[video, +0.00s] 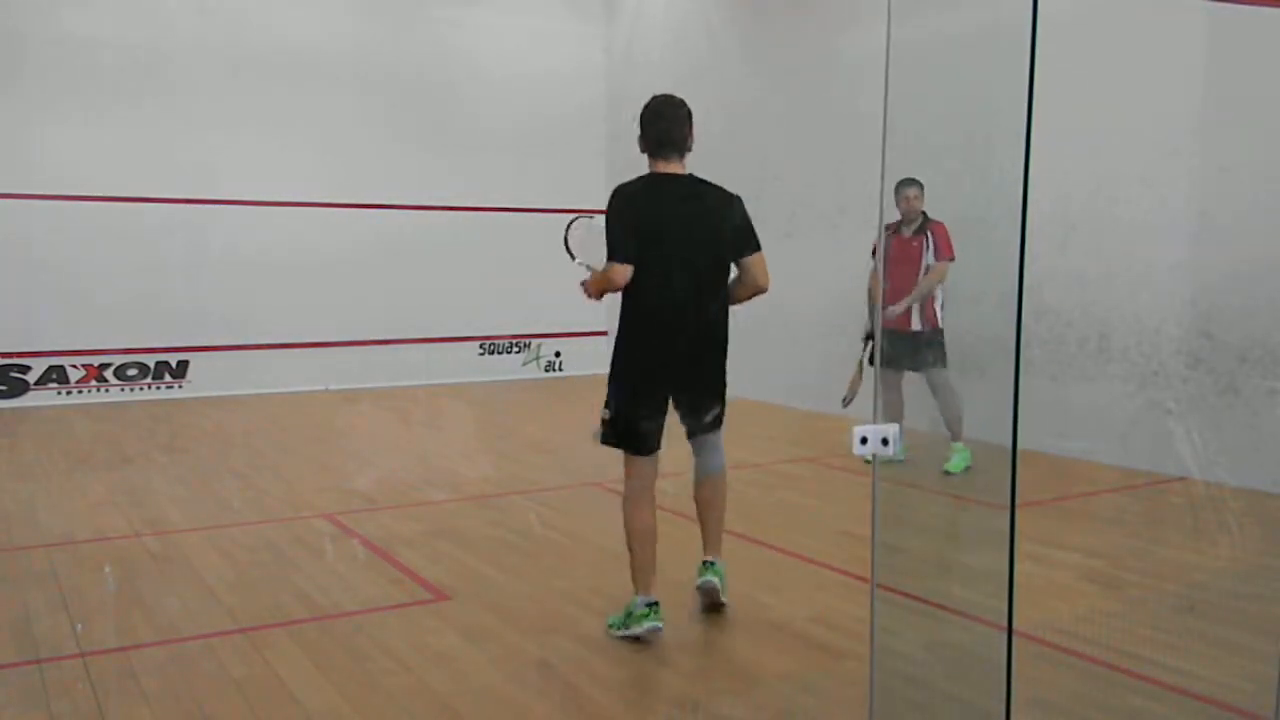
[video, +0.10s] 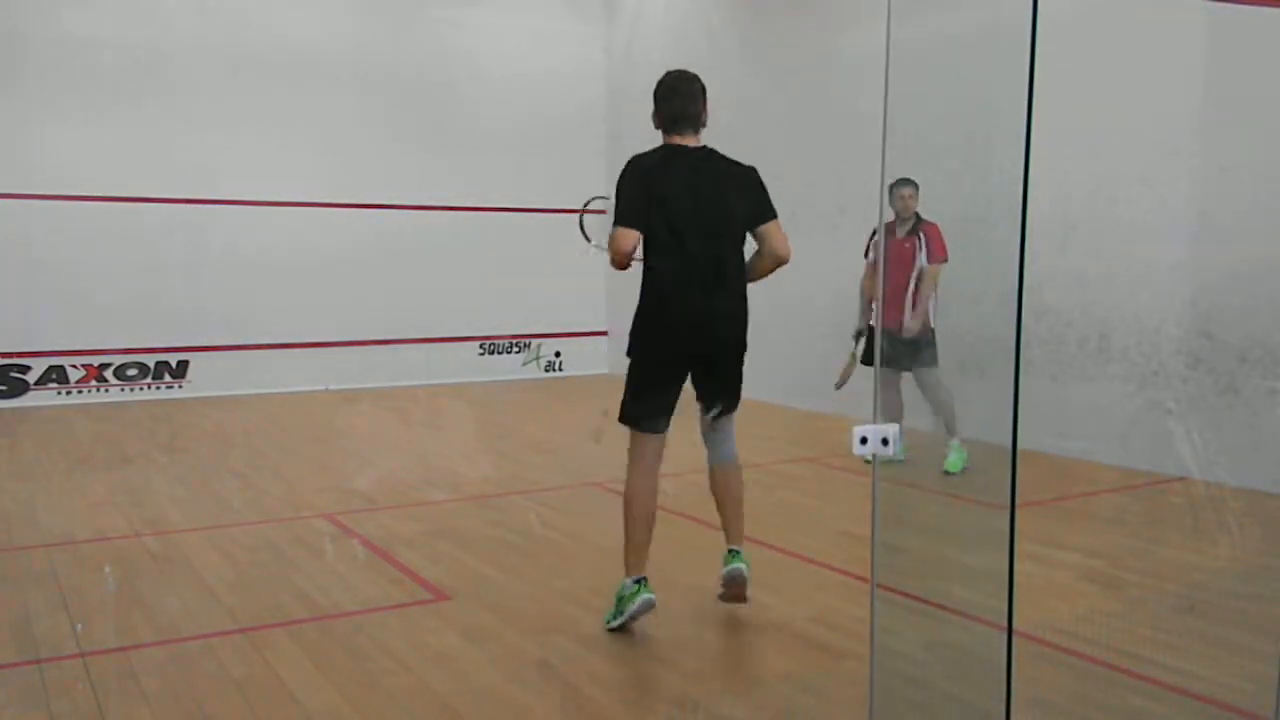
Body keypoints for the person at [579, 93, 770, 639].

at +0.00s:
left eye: (647, 134)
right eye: (688, 134)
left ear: (642, 141)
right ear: (692, 140)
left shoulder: (628, 198)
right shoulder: (723, 202)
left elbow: (620, 273)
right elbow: (757, 281)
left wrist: (598, 284)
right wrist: (715, 299)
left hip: (644, 356)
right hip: (703, 356)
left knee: (640, 480)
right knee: (709, 457)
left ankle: (645, 603)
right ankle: (712, 564)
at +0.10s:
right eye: (701, 106)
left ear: (657, 117)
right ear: (706, 114)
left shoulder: (642, 170)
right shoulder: (739, 174)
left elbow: (623, 248)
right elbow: (778, 250)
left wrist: (622, 254)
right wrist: (738, 276)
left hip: (663, 327)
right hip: (724, 327)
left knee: (646, 450)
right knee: (722, 441)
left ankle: (635, 581)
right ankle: (736, 555)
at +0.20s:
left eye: (679, 113)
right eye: (718, 110)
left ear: (672, 120)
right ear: (722, 118)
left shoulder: (660, 170)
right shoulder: (755, 175)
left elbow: (634, 245)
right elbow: (802, 248)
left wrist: (653, 241)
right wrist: (756, 275)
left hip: (680, 330)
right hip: (741, 330)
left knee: (646, 453)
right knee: (733, 448)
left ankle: (643, 578)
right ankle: (767, 565)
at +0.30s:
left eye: (694, 139)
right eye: (735, 138)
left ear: (688, 146)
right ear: (738, 145)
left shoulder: (679, 202)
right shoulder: (770, 207)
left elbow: (653, 275)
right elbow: (819, 277)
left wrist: (647, 259)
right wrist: (771, 301)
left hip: (697, 360)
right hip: (759, 364)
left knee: (650, 464)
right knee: (747, 476)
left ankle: (661, 593)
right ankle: (786, 604)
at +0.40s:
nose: (696, 161)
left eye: (696, 155)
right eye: (742, 153)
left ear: (695, 159)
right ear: (747, 159)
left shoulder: (693, 213)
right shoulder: (777, 222)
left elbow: (687, 294)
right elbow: (818, 299)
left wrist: (654, 293)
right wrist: (769, 326)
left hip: (707, 375)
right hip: (768, 379)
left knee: (658, 473)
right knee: (744, 481)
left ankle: (667, 605)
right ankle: (787, 614)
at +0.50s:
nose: (699, 148)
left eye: (698, 142)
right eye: (744, 138)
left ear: (699, 145)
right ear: (751, 143)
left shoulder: (700, 197)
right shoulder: (783, 208)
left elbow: (696, 276)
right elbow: (811, 289)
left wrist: (661, 277)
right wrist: (760, 306)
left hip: (708, 366)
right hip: (768, 371)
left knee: (661, 471)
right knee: (752, 477)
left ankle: (674, 606)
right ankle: (787, 613)